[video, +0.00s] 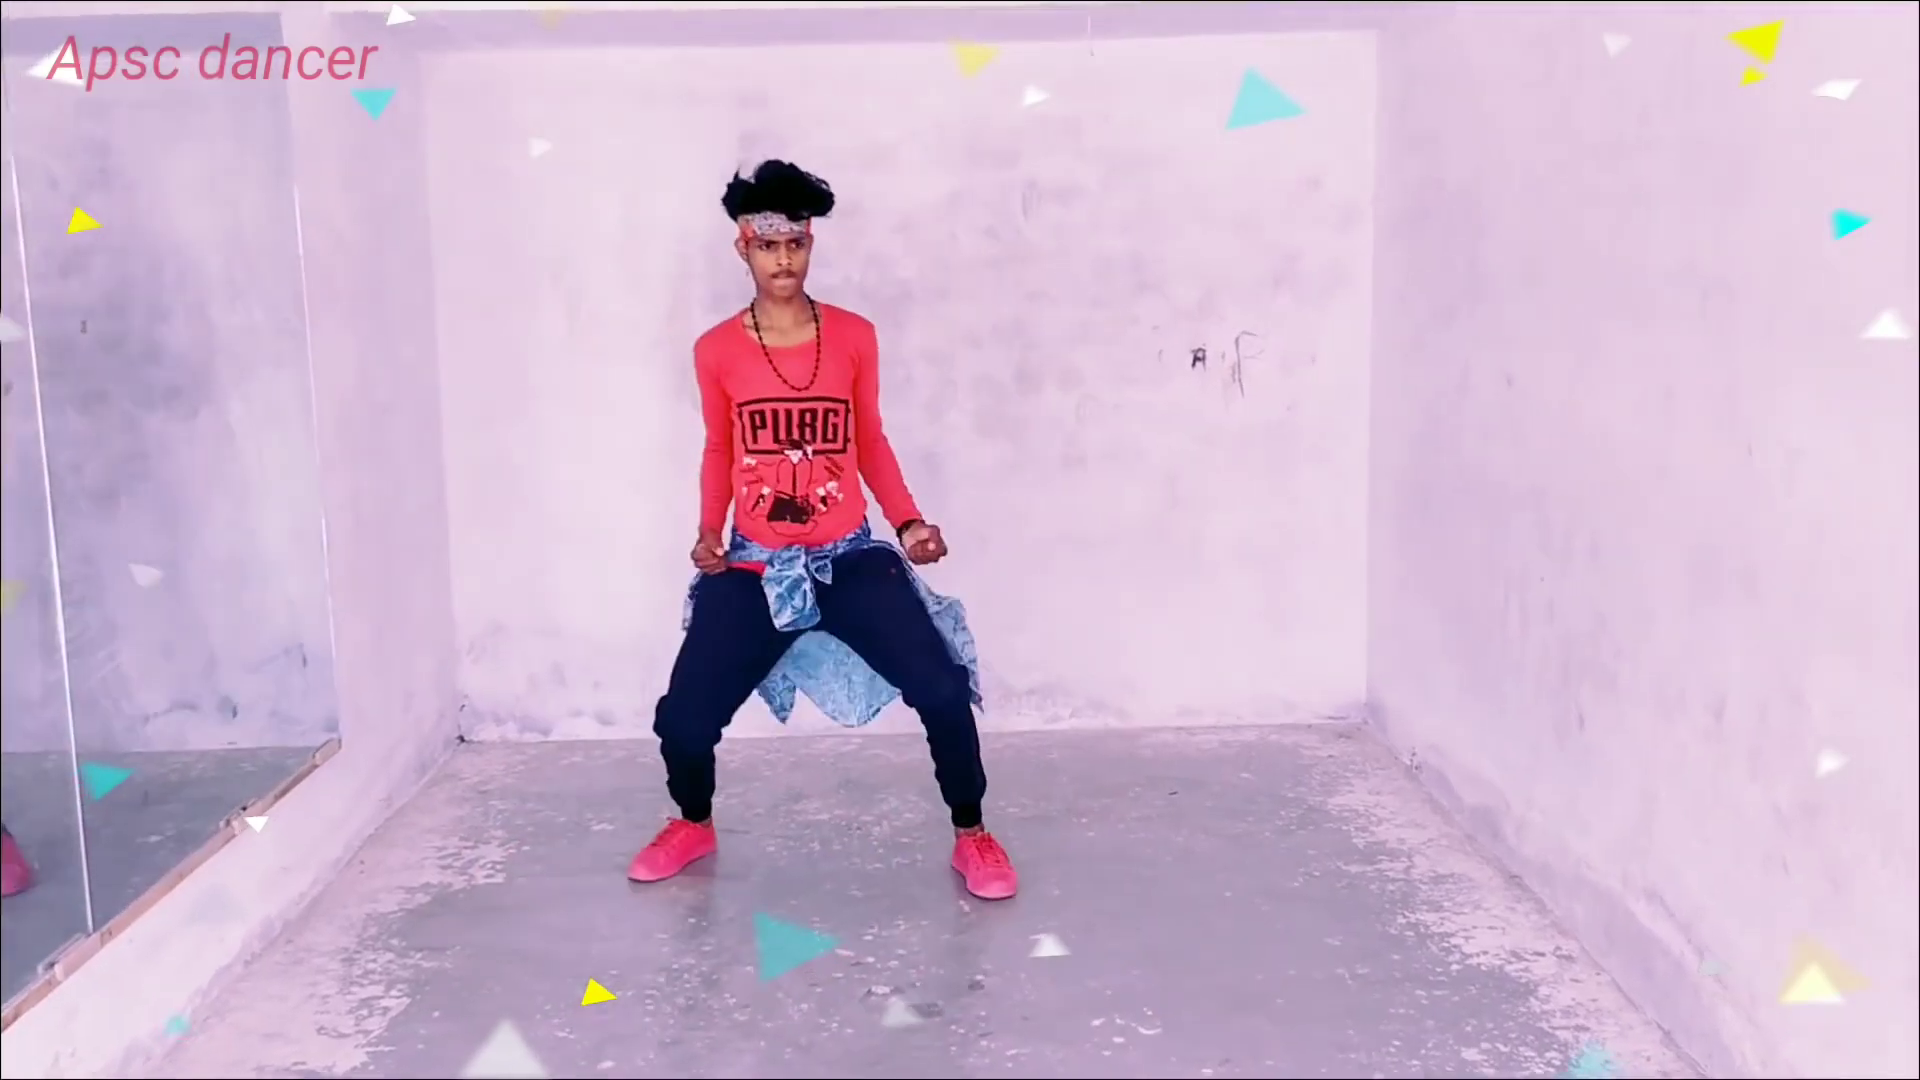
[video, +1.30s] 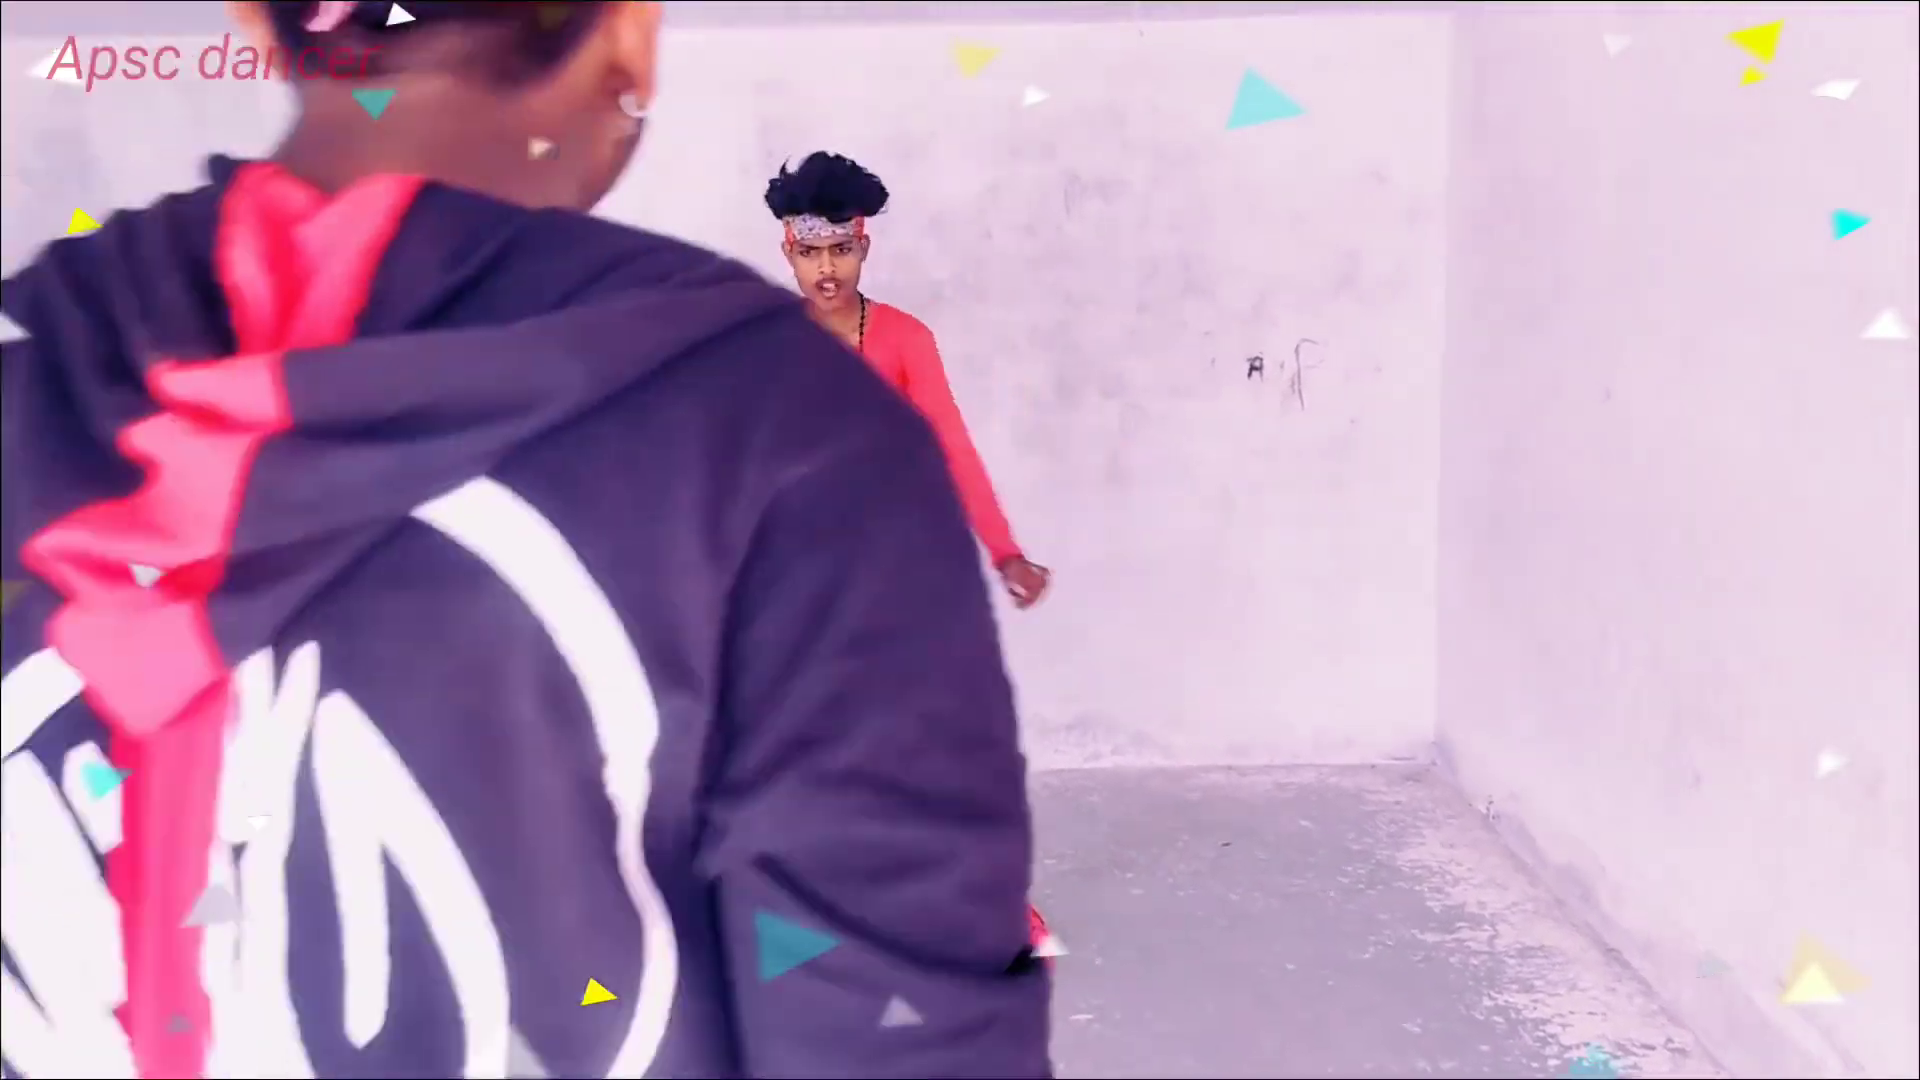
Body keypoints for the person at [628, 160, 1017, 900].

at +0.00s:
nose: (784, 259)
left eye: (796, 242)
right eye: (769, 244)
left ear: (812, 248)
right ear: (743, 249)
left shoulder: (853, 337)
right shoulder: (716, 350)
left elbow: (869, 440)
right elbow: (720, 446)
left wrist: (908, 522)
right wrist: (710, 530)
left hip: (847, 561)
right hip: (752, 566)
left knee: (944, 691)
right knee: (683, 721)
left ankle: (973, 835)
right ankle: (693, 825)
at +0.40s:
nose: (867, 263)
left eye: (878, 244)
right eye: (849, 248)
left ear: (897, 244)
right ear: (827, 251)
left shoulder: (931, 336)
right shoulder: (799, 348)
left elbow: (960, 446)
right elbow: (785, 461)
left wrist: (925, 471)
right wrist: (781, 510)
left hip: (910, 570)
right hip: (814, 570)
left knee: (985, 721)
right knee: (730, 735)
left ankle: (1000, 852)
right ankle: (711, 836)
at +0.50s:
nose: (881, 244)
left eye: (893, 226)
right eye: (863, 228)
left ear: (912, 226)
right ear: (839, 230)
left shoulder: (946, 307)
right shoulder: (812, 313)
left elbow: (986, 410)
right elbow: (750, 421)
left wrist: (997, 515)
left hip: (923, 546)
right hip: (826, 543)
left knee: (982, 717)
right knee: (723, 702)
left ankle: (1001, 855)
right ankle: (704, 824)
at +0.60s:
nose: (878, 223)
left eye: (891, 204)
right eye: (860, 205)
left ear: (912, 203)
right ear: (837, 208)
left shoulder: (951, 291)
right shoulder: (813, 284)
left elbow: (1028, 384)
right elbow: (699, 290)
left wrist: (1098, 489)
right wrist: (742, 223)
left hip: (930, 545)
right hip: (837, 536)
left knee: (972, 716)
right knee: (716, 657)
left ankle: (1001, 857)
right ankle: (709, 814)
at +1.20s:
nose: (853, 262)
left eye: (866, 244)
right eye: (834, 245)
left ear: (884, 247)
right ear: (806, 250)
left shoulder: (919, 342)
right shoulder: (783, 332)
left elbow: (1012, 435)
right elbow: (702, 343)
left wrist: (1115, 520)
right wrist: (721, 270)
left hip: (899, 598)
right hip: (804, 592)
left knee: (951, 771)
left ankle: (1003, 896)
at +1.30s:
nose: (826, 268)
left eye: (841, 249)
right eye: (809, 252)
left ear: (863, 246)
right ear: (788, 252)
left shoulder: (903, 340)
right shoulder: (773, 345)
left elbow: (952, 449)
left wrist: (1004, 553)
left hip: (897, 553)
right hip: (800, 558)